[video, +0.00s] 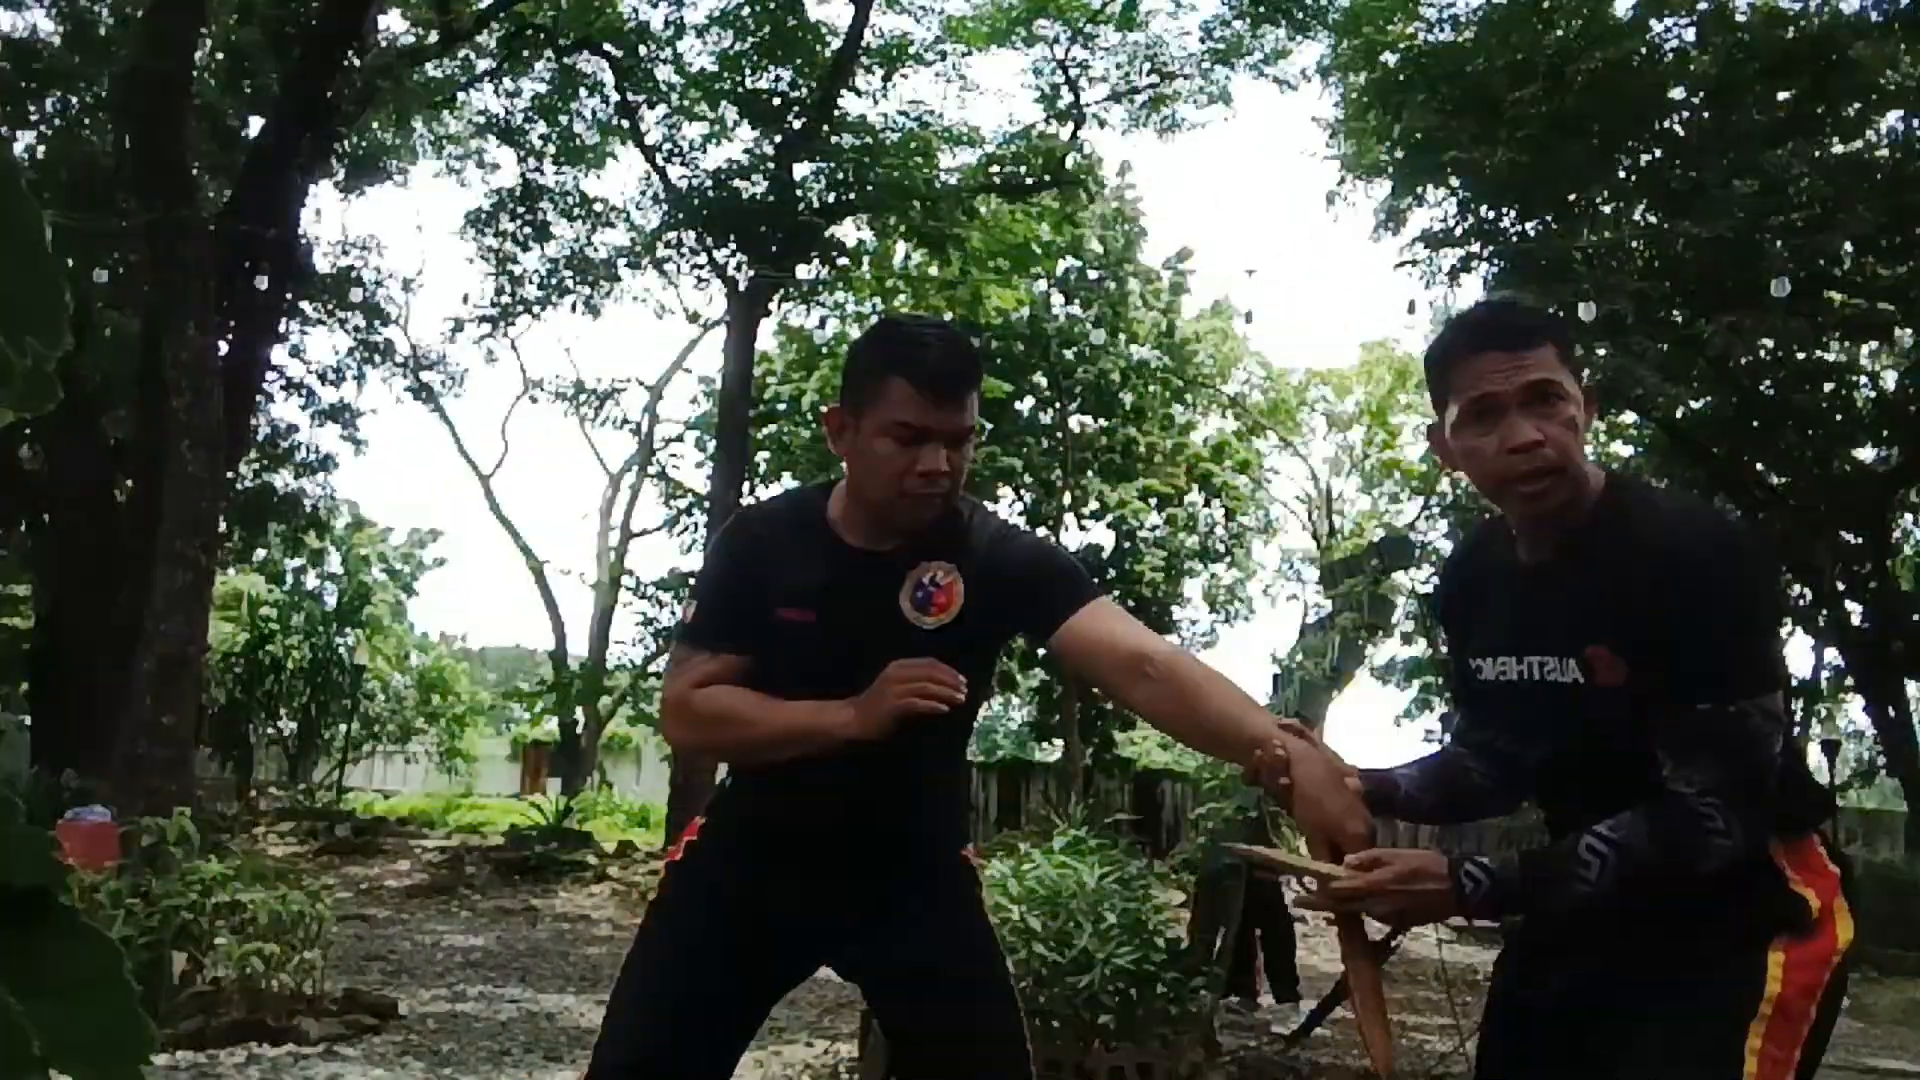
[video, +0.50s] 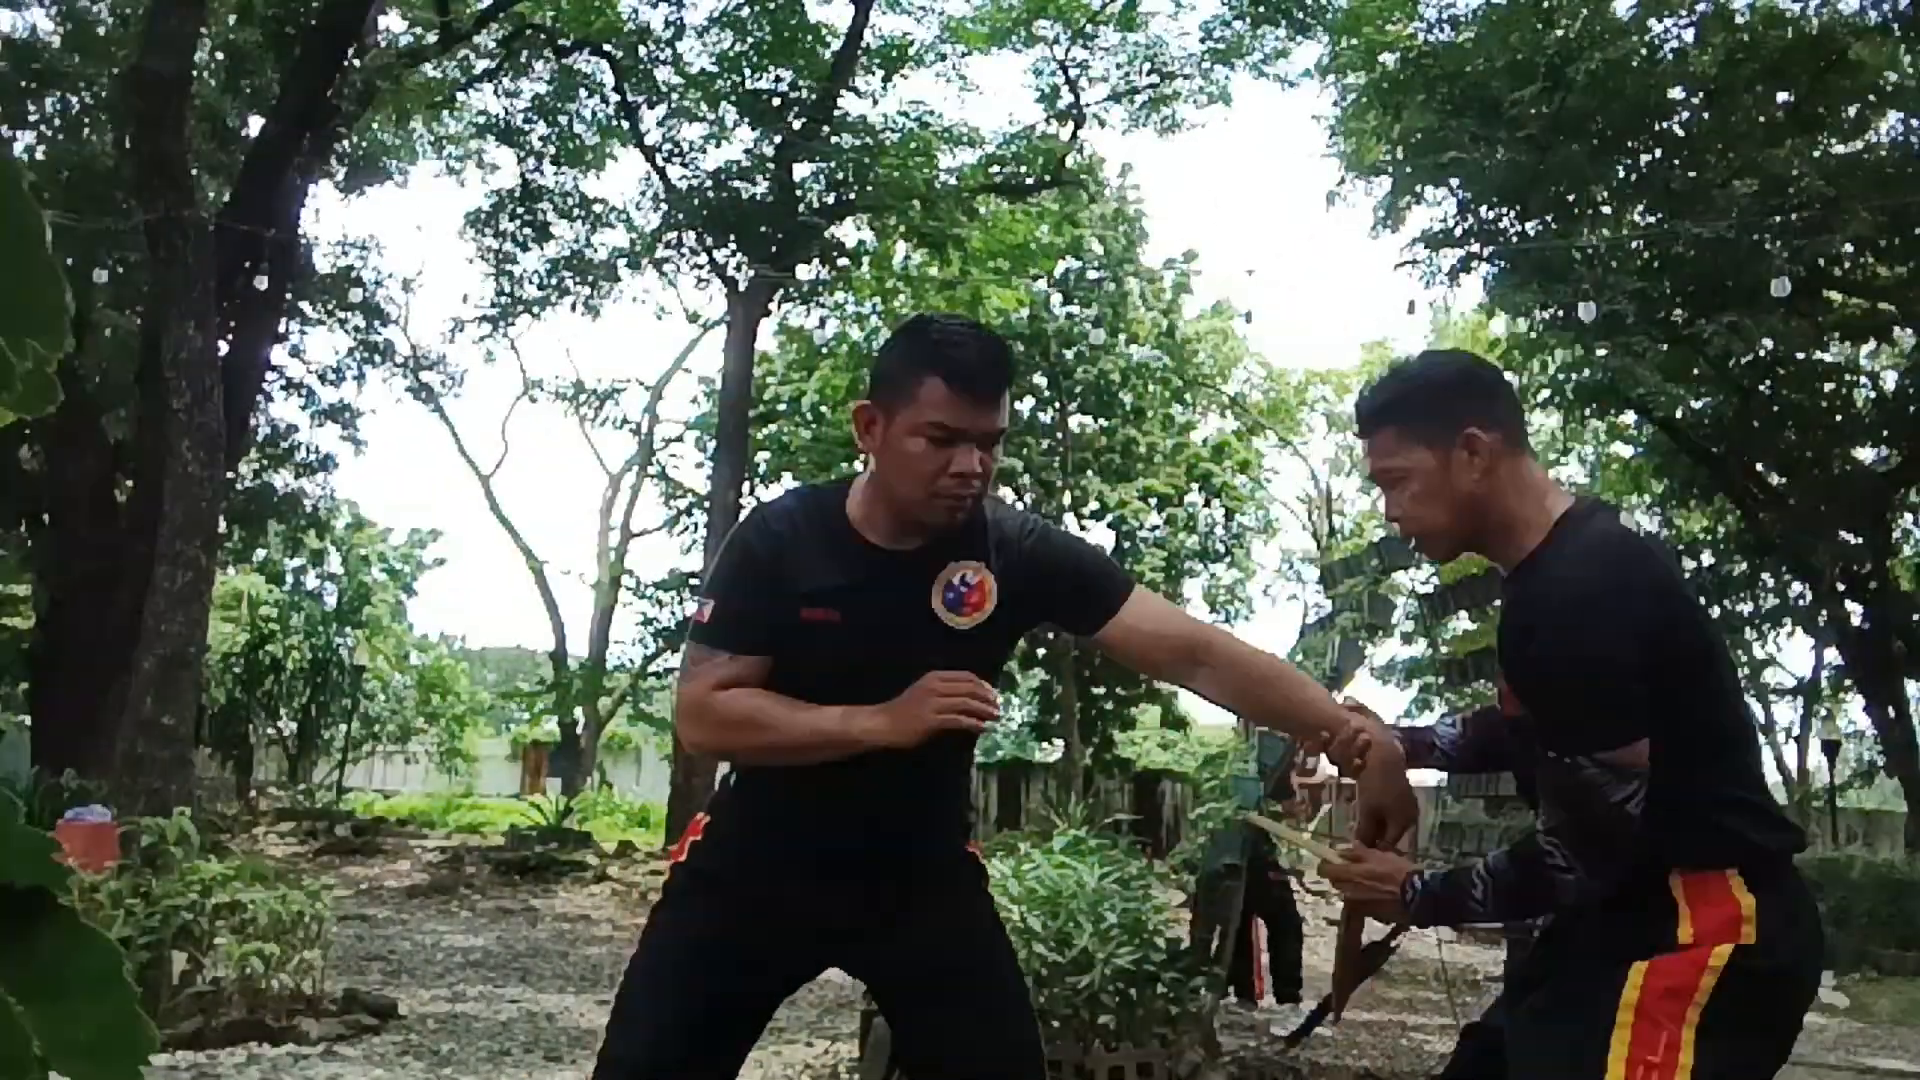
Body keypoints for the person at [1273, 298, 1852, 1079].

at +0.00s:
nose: (1523, 435)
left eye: (1543, 399)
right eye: (1485, 414)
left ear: (1584, 408)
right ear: (1448, 451)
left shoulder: (1701, 550)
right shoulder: (1474, 580)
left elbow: (1722, 816)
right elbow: (1499, 763)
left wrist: (1475, 887)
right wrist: (1361, 790)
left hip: (1752, 909)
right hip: (1588, 896)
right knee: (1516, 1063)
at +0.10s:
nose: (1527, 436)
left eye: (1550, 401)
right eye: (1491, 416)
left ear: (1598, 411)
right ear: (1460, 450)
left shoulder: (1708, 558)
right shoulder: (1487, 578)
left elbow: (1717, 822)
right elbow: (1505, 756)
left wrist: (1474, 900)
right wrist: (1368, 790)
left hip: (1756, 916)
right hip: (1597, 899)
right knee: (1519, 1065)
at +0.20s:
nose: (1529, 436)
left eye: (1552, 402)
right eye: (1493, 416)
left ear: (1601, 414)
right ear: (1460, 448)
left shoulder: (1708, 559)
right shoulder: (1495, 574)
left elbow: (1721, 824)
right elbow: (1521, 750)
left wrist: (1485, 903)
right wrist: (1376, 788)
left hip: (1758, 917)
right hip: (1600, 898)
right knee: (1522, 1065)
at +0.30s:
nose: (1496, 455)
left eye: (1525, 417)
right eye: (1469, 432)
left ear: (1594, 409)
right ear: (1451, 446)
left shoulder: (1709, 561)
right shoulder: (1508, 574)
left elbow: (1718, 827)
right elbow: (1536, 741)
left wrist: (1486, 908)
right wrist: (1391, 782)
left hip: (1756, 921)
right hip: (1605, 897)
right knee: (1518, 1063)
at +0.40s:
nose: (1437, 489)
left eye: (1452, 454)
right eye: (1426, 464)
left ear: (1544, 426)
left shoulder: (1690, 569)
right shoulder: (1525, 568)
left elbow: (1697, 832)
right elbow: (1546, 738)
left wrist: (1480, 908)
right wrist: (1398, 770)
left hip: (1751, 920)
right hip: (1617, 893)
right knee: (1504, 1062)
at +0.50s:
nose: (1389, 514)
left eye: (1397, 481)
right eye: (1381, 488)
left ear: (1474, 453)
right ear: (1477, 456)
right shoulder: (1557, 570)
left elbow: (1591, 848)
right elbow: (1535, 735)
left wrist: (1422, 897)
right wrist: (1406, 745)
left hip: (1702, 931)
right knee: (1490, 1058)